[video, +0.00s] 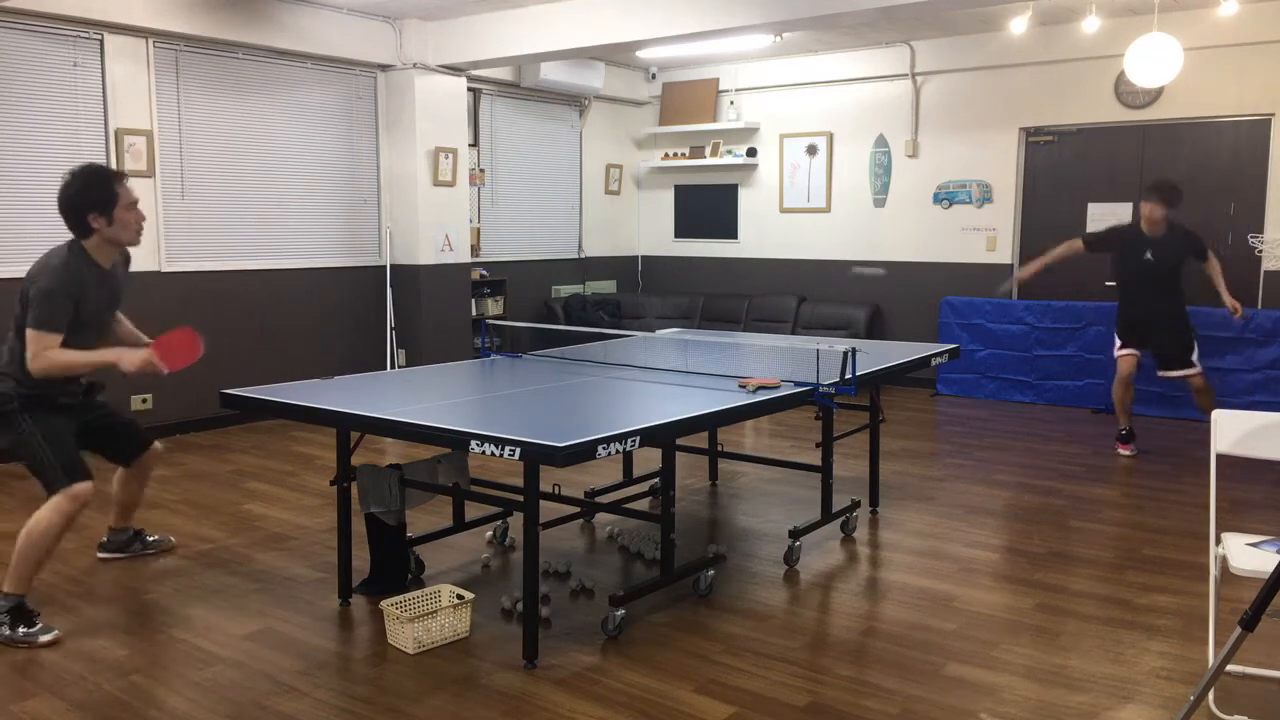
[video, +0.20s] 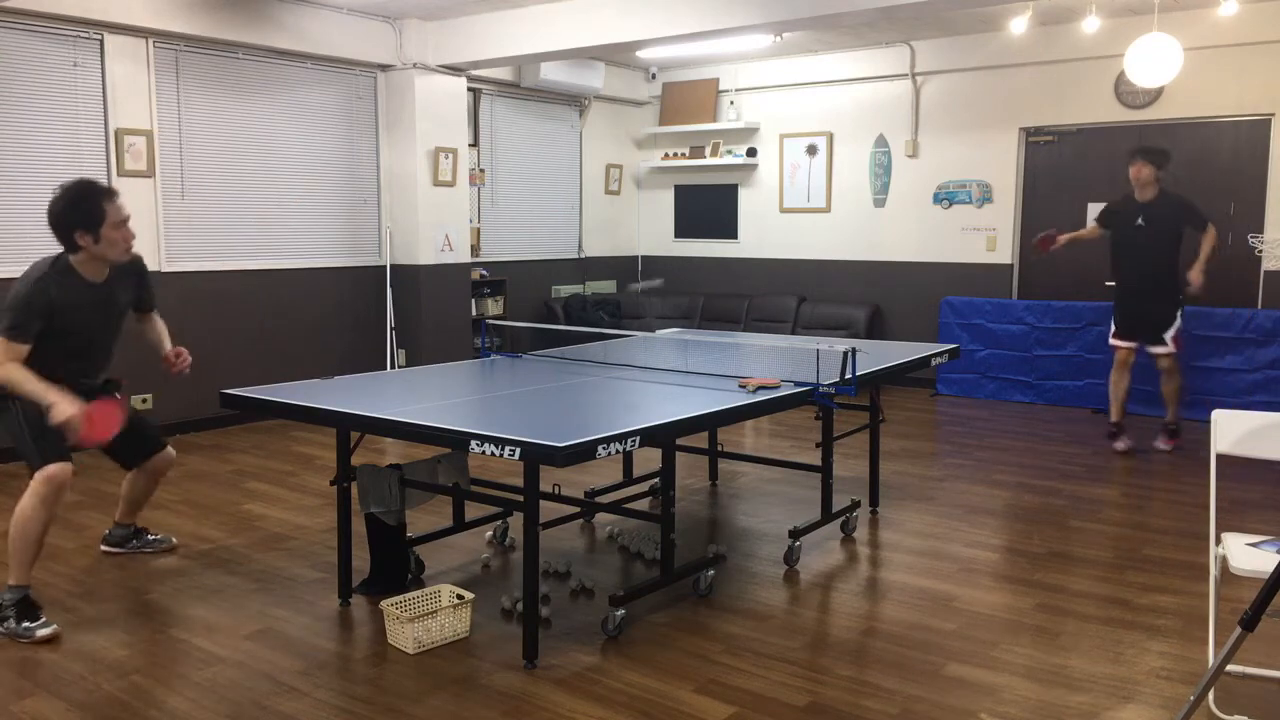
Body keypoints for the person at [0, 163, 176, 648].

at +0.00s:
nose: (141, 214)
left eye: (136, 204)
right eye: (130, 209)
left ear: (105, 221)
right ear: (97, 223)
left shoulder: (116, 260)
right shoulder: (56, 275)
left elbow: (104, 316)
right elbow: (39, 361)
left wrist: (149, 346)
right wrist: (119, 357)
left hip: (72, 393)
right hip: (25, 400)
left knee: (143, 453)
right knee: (74, 489)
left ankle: (120, 535)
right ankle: (9, 606)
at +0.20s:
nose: (131, 230)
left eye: (128, 220)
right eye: (119, 224)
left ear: (93, 237)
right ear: (84, 240)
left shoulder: (130, 270)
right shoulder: (40, 287)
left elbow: (147, 317)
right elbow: (6, 365)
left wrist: (167, 349)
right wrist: (55, 398)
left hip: (91, 388)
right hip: (33, 392)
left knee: (157, 458)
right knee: (53, 474)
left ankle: (123, 529)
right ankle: (14, 597)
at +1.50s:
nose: (136, 173)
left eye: (131, 163)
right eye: (125, 165)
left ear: (93, 180)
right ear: (94, 179)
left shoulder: (85, 231)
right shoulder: (57, 236)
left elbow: (75, 310)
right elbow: (76, 327)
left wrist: (123, 323)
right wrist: (155, 303)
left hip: (52, 378)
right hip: (15, 387)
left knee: (105, 454)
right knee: (53, 494)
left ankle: (95, 548)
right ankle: (10, 622)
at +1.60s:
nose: (143, 199)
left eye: (138, 188)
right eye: (132, 191)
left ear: (101, 205)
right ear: (100, 205)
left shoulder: (96, 254)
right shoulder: (64, 261)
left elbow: (88, 331)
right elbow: (70, 355)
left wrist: (136, 345)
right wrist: (149, 339)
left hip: (54, 396)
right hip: (15, 404)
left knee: (117, 468)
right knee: (78, 499)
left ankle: (106, 551)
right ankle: (13, 623)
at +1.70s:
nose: (145, 220)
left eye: (141, 209)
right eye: (134, 213)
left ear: (104, 226)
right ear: (100, 227)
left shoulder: (104, 267)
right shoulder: (62, 279)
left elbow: (104, 318)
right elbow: (51, 373)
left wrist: (158, 352)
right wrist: (134, 370)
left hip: (64, 402)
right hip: (20, 407)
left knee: (137, 465)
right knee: (85, 487)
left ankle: (109, 550)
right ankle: (19, 617)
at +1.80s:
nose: (141, 232)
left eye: (137, 222)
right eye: (129, 225)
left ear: (102, 239)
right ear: (93, 242)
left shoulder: (124, 275)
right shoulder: (47, 296)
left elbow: (130, 321)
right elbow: (22, 388)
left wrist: (173, 354)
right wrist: (94, 415)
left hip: (76, 402)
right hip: (22, 409)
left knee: (151, 468)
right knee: (76, 486)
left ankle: (108, 550)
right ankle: (55, 629)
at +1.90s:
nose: (131, 253)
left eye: (127, 242)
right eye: (119, 247)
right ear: (81, 264)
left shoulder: (127, 294)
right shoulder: (29, 317)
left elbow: (148, 336)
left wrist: (180, 363)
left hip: (88, 420)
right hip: (33, 429)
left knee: (158, 477)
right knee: (81, 500)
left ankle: (109, 550)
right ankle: (67, 639)